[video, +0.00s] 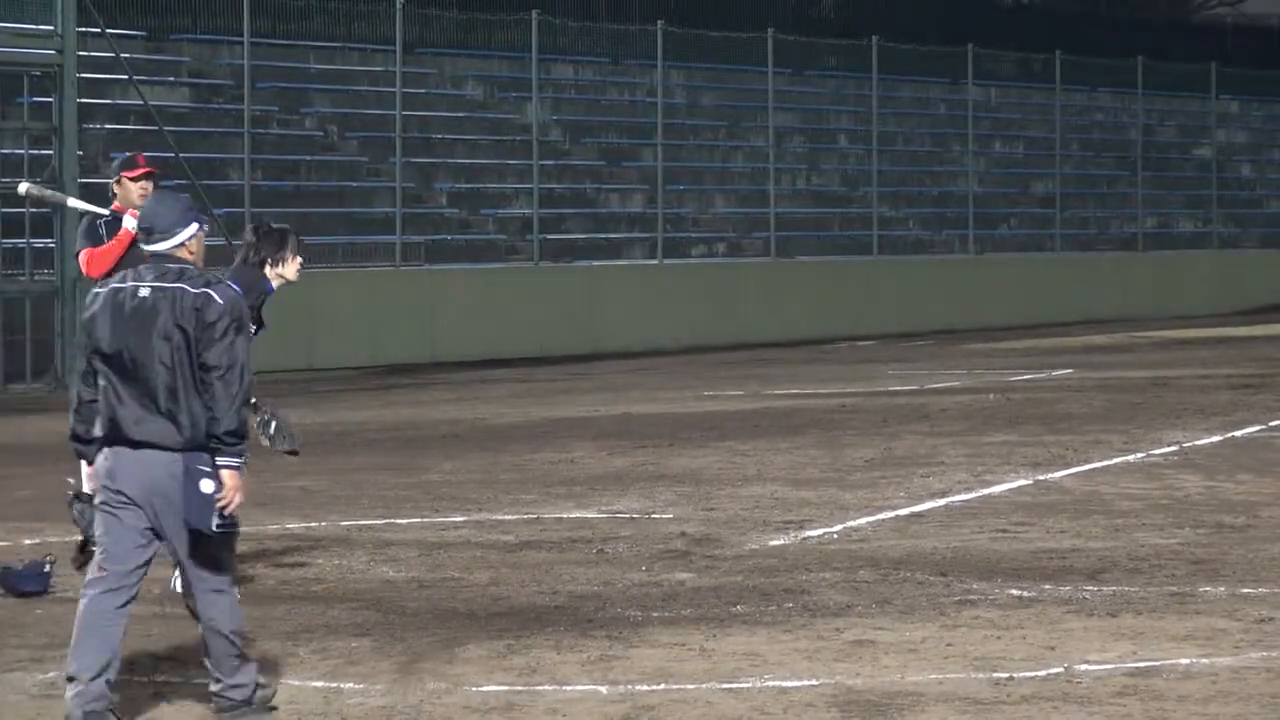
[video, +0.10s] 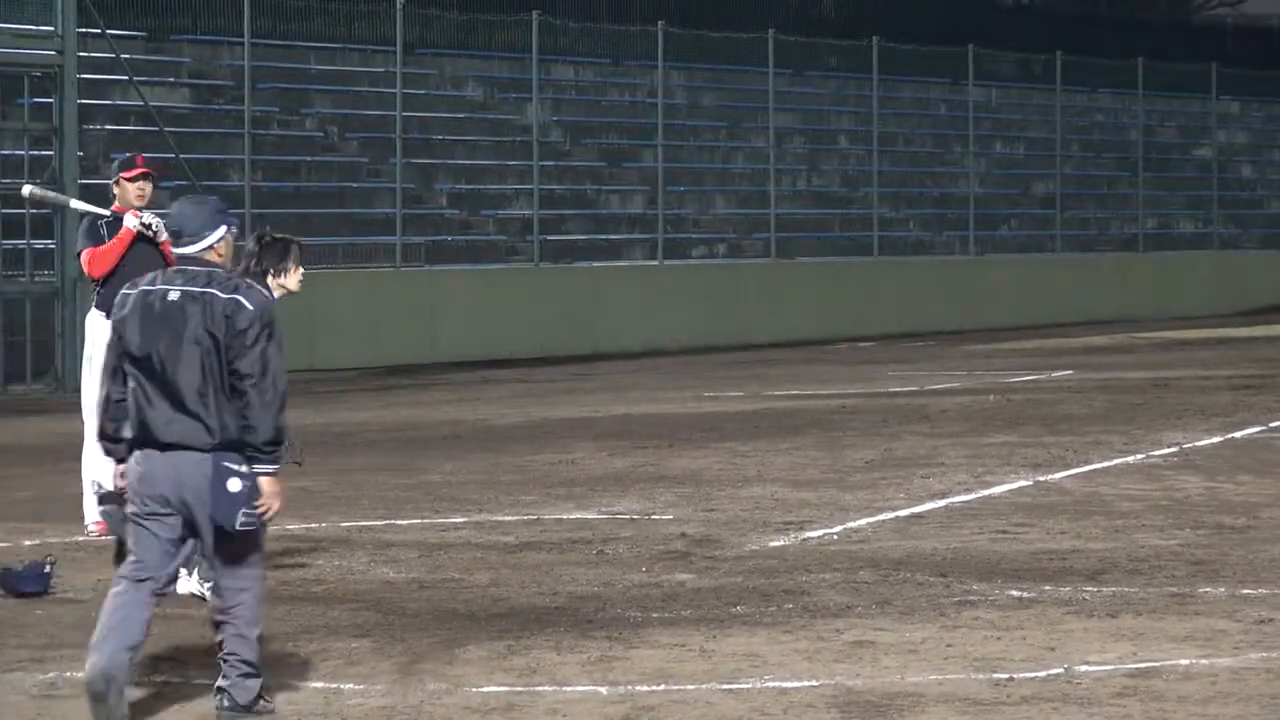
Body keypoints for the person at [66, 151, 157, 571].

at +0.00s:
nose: (147, 187)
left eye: (150, 180)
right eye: (137, 180)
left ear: (152, 185)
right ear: (115, 185)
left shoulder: (156, 228)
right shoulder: (97, 227)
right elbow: (92, 268)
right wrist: (129, 230)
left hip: (155, 353)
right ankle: (97, 534)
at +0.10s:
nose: (143, 186)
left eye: (147, 180)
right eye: (135, 180)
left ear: (153, 186)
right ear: (117, 186)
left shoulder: (158, 225)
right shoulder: (97, 224)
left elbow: (179, 272)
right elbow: (95, 268)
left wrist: (162, 239)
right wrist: (127, 233)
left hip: (152, 324)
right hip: (108, 325)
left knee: (148, 412)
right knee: (99, 414)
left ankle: (147, 506)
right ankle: (97, 512)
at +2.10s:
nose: (159, 191)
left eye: (159, 185)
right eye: (155, 185)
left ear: (139, 189)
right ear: (134, 188)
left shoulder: (156, 228)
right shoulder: (101, 222)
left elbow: (186, 270)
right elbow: (99, 267)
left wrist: (166, 240)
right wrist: (135, 235)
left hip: (153, 335)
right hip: (113, 334)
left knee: (152, 428)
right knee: (104, 429)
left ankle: (151, 512)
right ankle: (98, 517)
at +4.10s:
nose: (157, 192)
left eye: (158, 186)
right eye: (150, 186)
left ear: (154, 190)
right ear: (125, 187)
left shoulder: (158, 228)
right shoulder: (102, 223)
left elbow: (188, 273)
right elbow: (100, 266)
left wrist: (168, 242)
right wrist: (138, 236)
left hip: (157, 335)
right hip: (115, 334)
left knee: (155, 427)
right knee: (105, 428)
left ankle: (151, 513)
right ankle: (98, 516)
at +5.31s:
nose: (198, 191)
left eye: (198, 185)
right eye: (192, 185)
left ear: (180, 188)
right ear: (169, 187)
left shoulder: (188, 230)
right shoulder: (140, 220)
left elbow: (210, 283)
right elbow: (126, 269)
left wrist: (209, 265)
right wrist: (178, 253)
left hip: (178, 334)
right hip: (143, 328)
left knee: (168, 424)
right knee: (150, 418)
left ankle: (157, 509)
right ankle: (140, 511)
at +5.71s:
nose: (211, 188)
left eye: (210, 182)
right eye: (204, 183)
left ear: (191, 188)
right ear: (182, 187)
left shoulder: (205, 231)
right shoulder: (157, 225)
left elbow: (216, 276)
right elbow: (136, 277)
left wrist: (233, 311)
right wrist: (174, 311)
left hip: (197, 331)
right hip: (160, 330)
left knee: (180, 425)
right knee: (170, 424)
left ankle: (149, 509)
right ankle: (180, 514)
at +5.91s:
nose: (216, 188)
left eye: (215, 182)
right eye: (210, 182)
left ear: (194, 188)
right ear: (188, 187)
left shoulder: (212, 228)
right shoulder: (163, 225)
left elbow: (217, 281)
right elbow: (145, 281)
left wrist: (231, 327)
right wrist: (176, 324)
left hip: (209, 337)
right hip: (173, 335)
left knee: (210, 422)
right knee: (172, 427)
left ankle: (163, 492)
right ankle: (179, 516)